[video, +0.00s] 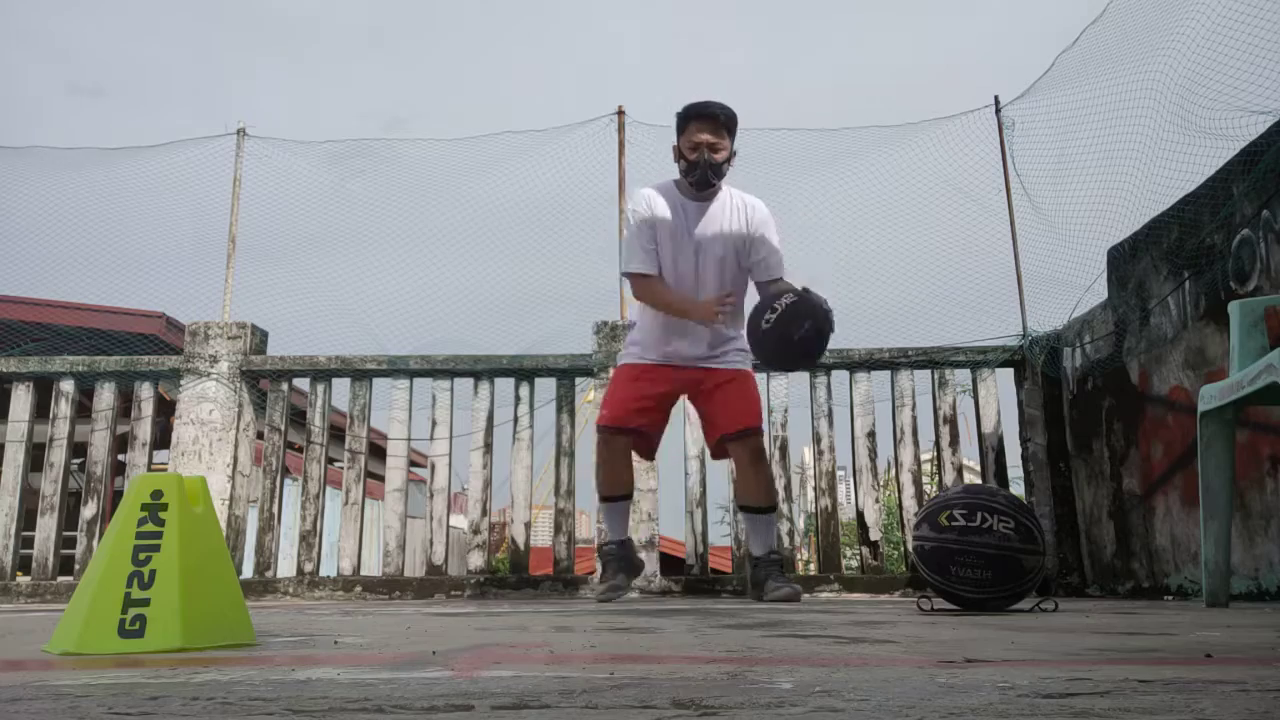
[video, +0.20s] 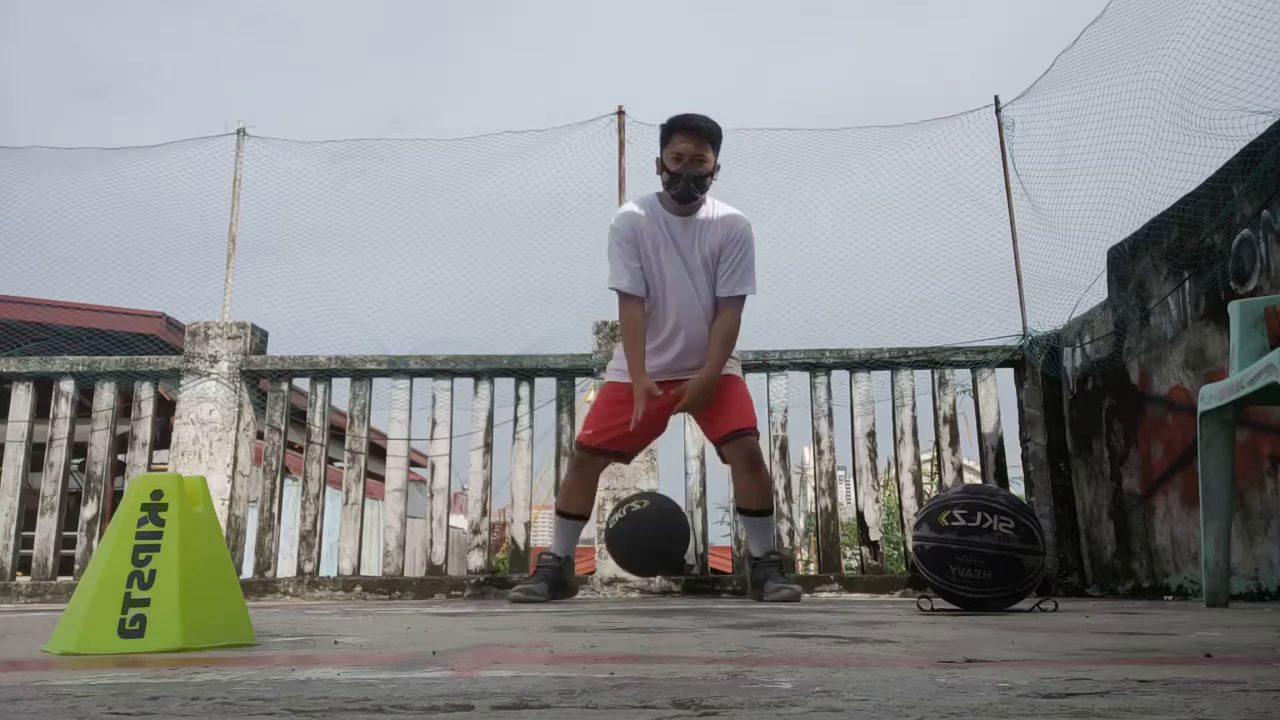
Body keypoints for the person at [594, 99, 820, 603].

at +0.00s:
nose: (705, 154)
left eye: (715, 146)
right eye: (695, 145)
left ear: (731, 152)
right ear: (678, 149)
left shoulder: (751, 213)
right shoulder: (649, 204)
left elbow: (775, 287)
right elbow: (641, 284)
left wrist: (797, 308)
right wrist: (697, 309)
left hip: (725, 358)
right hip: (651, 356)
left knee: (750, 442)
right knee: (612, 431)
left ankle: (766, 566)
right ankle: (619, 557)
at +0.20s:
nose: (688, 166)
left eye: (699, 158)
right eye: (678, 157)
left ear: (715, 166)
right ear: (661, 162)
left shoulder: (732, 226)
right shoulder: (632, 220)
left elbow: (729, 311)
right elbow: (630, 305)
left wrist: (708, 376)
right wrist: (639, 378)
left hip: (711, 369)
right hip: (641, 371)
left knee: (747, 451)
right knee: (586, 454)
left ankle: (766, 567)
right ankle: (556, 567)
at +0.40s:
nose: (639, 173)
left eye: (651, 164)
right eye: (629, 162)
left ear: (668, 170)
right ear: (613, 167)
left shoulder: (695, 228)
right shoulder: (592, 228)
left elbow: (722, 308)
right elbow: (566, 300)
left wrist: (705, 368)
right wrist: (524, 336)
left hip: (687, 372)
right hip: (613, 373)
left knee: (724, 455)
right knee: (564, 446)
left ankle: (763, 568)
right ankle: (556, 569)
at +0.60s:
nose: (625, 170)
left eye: (637, 159)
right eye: (615, 158)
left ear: (657, 165)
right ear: (600, 163)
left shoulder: (684, 224)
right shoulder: (578, 224)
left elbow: (721, 295)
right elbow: (553, 290)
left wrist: (738, 354)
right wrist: (523, 309)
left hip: (678, 353)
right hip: (605, 365)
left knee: (712, 426)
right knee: (558, 447)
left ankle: (761, 552)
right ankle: (557, 566)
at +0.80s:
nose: (674, 181)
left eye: (686, 171)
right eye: (663, 169)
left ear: (703, 179)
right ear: (645, 173)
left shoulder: (721, 245)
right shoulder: (610, 238)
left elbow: (734, 332)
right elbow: (600, 328)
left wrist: (748, 410)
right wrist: (612, 402)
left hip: (691, 367)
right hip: (622, 374)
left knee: (719, 428)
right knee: (563, 468)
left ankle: (762, 563)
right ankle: (557, 570)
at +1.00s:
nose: (733, 194)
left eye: (745, 184)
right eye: (722, 180)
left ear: (757, 192)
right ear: (697, 182)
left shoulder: (755, 259)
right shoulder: (655, 241)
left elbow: (775, 333)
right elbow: (631, 334)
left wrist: (805, 400)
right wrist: (668, 411)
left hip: (710, 373)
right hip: (640, 383)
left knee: (750, 420)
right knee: (605, 499)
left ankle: (767, 563)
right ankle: (561, 565)